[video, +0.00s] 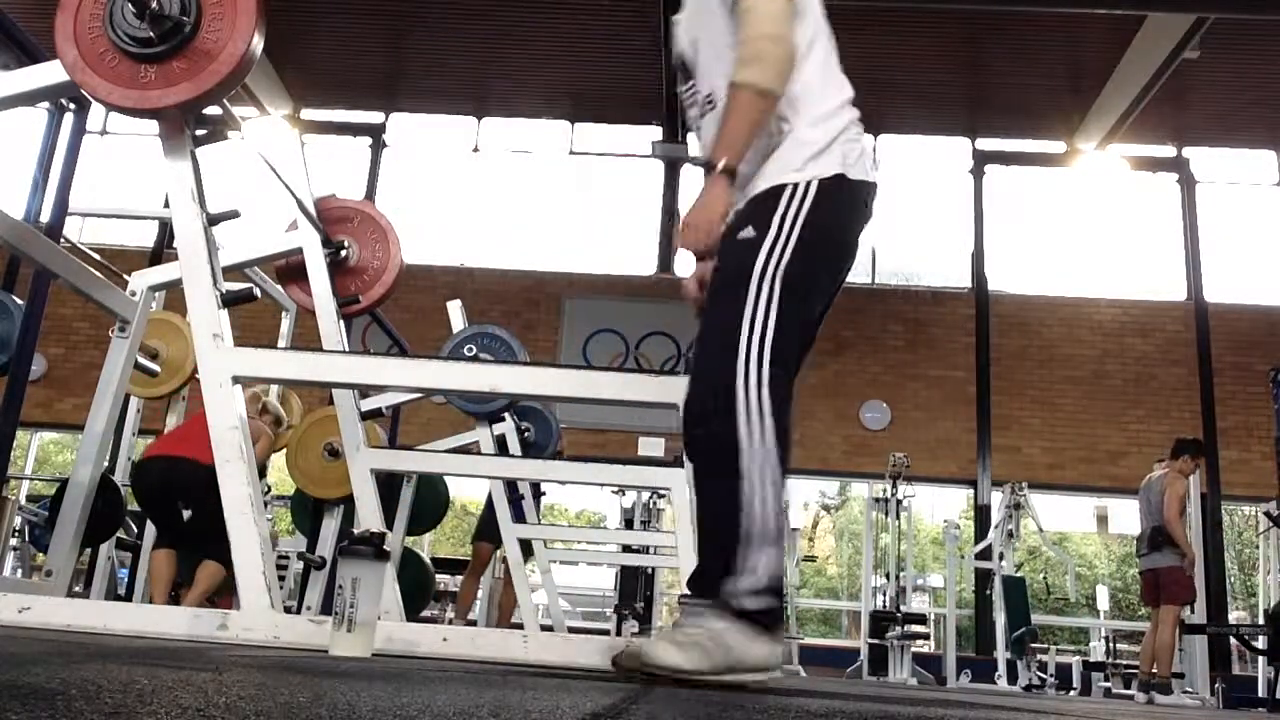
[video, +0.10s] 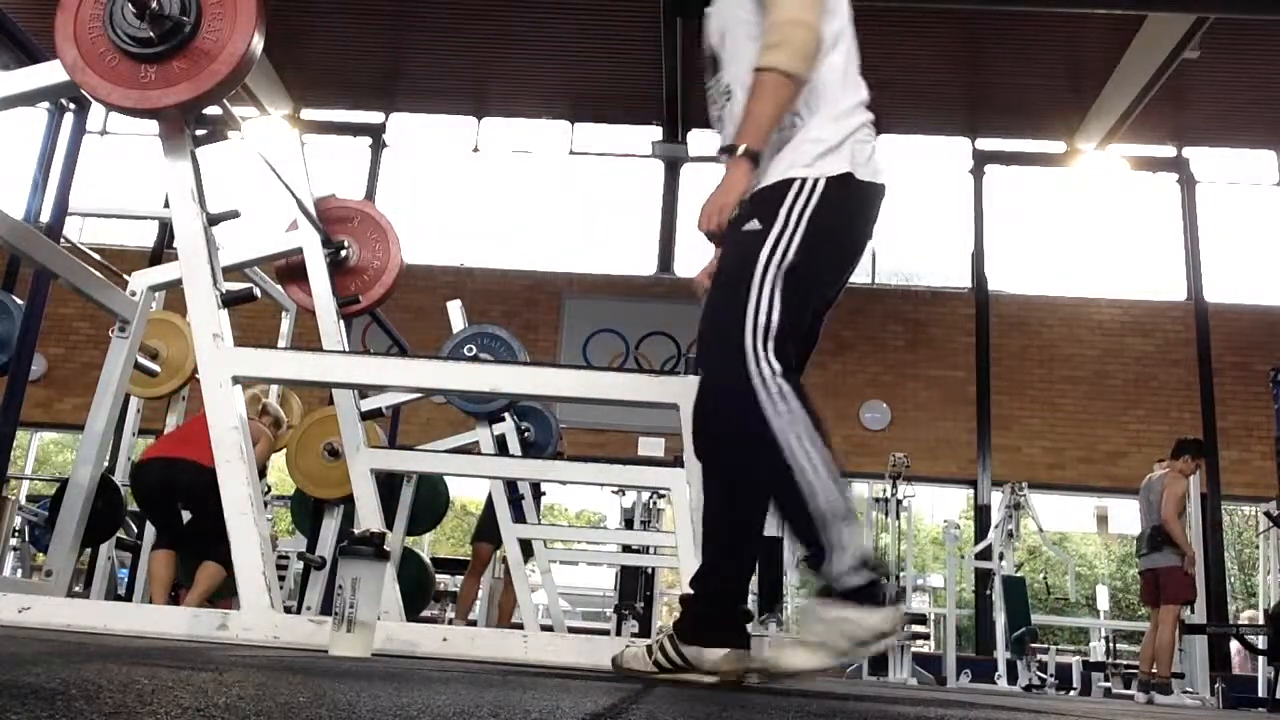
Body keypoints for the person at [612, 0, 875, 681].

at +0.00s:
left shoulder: (756, 3)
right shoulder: (698, 22)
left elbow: (770, 53)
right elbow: (745, 134)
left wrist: (717, 180)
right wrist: (722, 246)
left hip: (810, 168)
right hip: (768, 182)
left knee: (744, 380)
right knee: (714, 397)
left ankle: (752, 619)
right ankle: (718, 617)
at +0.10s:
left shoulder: (791, 4)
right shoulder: (730, 16)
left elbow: (796, 38)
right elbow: (766, 135)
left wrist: (740, 159)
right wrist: (735, 246)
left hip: (819, 170)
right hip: (780, 181)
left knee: (751, 364)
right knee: (725, 400)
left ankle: (857, 592)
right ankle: (712, 630)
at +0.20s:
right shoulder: (783, 14)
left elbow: (819, 29)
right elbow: (801, 122)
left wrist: (759, 156)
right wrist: (760, 241)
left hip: (831, 175)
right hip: (795, 185)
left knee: (780, 376)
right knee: (739, 417)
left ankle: (936, 591)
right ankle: (712, 635)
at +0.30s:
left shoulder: (843, 6)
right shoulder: (815, 14)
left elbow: (835, 22)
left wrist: (783, 153)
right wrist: (784, 221)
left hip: (851, 183)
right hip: (815, 192)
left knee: (831, 385)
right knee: (764, 416)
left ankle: (977, 628)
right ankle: (715, 633)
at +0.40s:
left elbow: (848, 25)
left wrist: (813, 151)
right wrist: (839, 171)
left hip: (886, 186)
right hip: (859, 192)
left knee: (885, 413)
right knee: (796, 423)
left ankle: (993, 649)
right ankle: (721, 631)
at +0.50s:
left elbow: (863, 32)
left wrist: (842, 167)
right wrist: (867, 182)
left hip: (921, 179)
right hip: (896, 188)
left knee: (912, 402)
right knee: (832, 415)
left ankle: (997, 649)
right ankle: (760, 624)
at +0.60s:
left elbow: (897, 37)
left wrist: (863, 182)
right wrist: (893, 195)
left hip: (948, 176)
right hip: (921, 187)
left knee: (948, 405)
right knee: (853, 410)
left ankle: (998, 648)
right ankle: (867, 625)